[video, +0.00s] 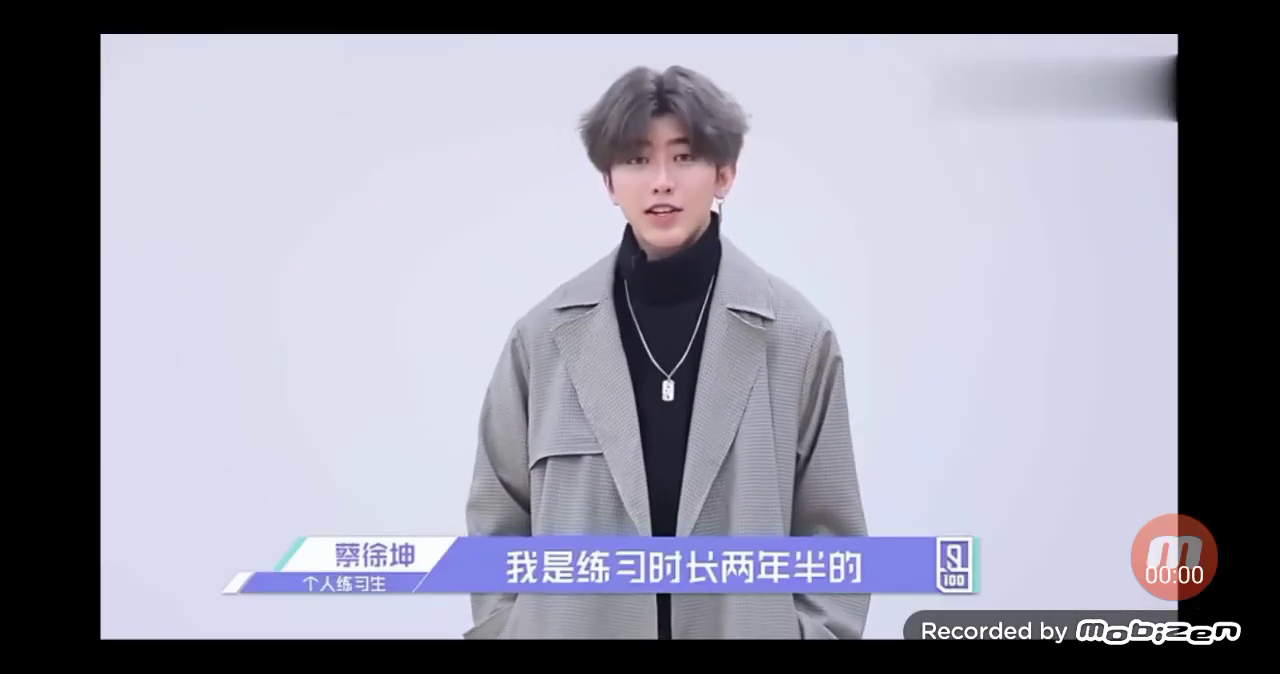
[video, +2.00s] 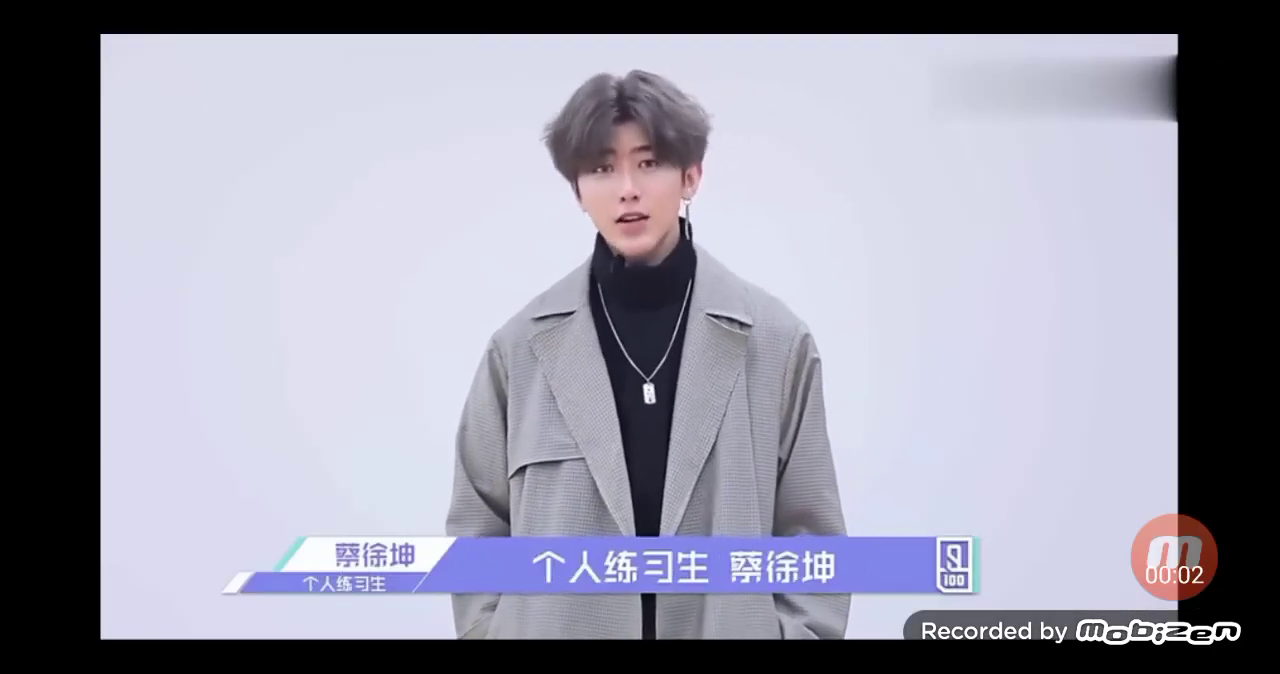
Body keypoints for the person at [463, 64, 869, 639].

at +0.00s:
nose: (661, 182)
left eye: (684, 157)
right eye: (638, 159)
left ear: (723, 176)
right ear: (610, 180)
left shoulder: (800, 336)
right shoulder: (538, 339)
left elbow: (835, 533)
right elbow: (495, 517)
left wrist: (815, 631)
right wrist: (503, 627)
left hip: (745, 629)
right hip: (575, 630)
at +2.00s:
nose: (628, 190)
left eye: (649, 164)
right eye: (603, 169)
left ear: (690, 178)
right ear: (577, 188)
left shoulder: (778, 342)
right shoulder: (516, 350)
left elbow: (815, 535)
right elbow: (474, 529)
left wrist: (795, 631)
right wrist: (493, 627)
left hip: (726, 631)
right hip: (559, 631)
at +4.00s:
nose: (577, 199)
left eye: (599, 171)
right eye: (552, 178)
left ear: (638, 186)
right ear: (527, 201)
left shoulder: (740, 332)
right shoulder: (487, 365)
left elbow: (791, 533)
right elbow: (456, 549)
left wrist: (777, 630)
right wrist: (477, 629)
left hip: (704, 629)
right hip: (541, 631)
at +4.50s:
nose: (640, 193)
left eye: (659, 167)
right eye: (615, 175)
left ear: (705, 181)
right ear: (594, 199)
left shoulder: (797, 342)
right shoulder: (542, 356)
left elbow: (827, 541)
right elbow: (495, 536)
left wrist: (805, 631)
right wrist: (510, 628)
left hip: (737, 630)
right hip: (581, 630)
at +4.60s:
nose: (664, 190)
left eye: (685, 164)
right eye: (639, 172)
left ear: (730, 181)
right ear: (619, 196)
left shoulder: (818, 346)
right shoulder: (562, 347)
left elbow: (847, 539)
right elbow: (486, 489)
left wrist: (825, 632)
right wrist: (525, 621)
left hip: (760, 631)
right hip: (599, 633)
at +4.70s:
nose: (677, 190)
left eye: (697, 163)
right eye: (652, 172)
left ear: (745, 178)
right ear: (633, 198)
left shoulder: (831, 349)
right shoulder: (567, 343)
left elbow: (862, 544)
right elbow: (465, 449)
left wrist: (843, 628)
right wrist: (496, 585)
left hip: (774, 624)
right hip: (605, 625)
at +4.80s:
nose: (698, 195)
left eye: (718, 168)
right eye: (673, 178)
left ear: (764, 181)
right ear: (652, 201)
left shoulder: (850, 358)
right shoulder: (581, 334)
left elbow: (883, 551)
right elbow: (461, 413)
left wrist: (874, 629)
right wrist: (435, 538)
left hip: (784, 631)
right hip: (604, 629)